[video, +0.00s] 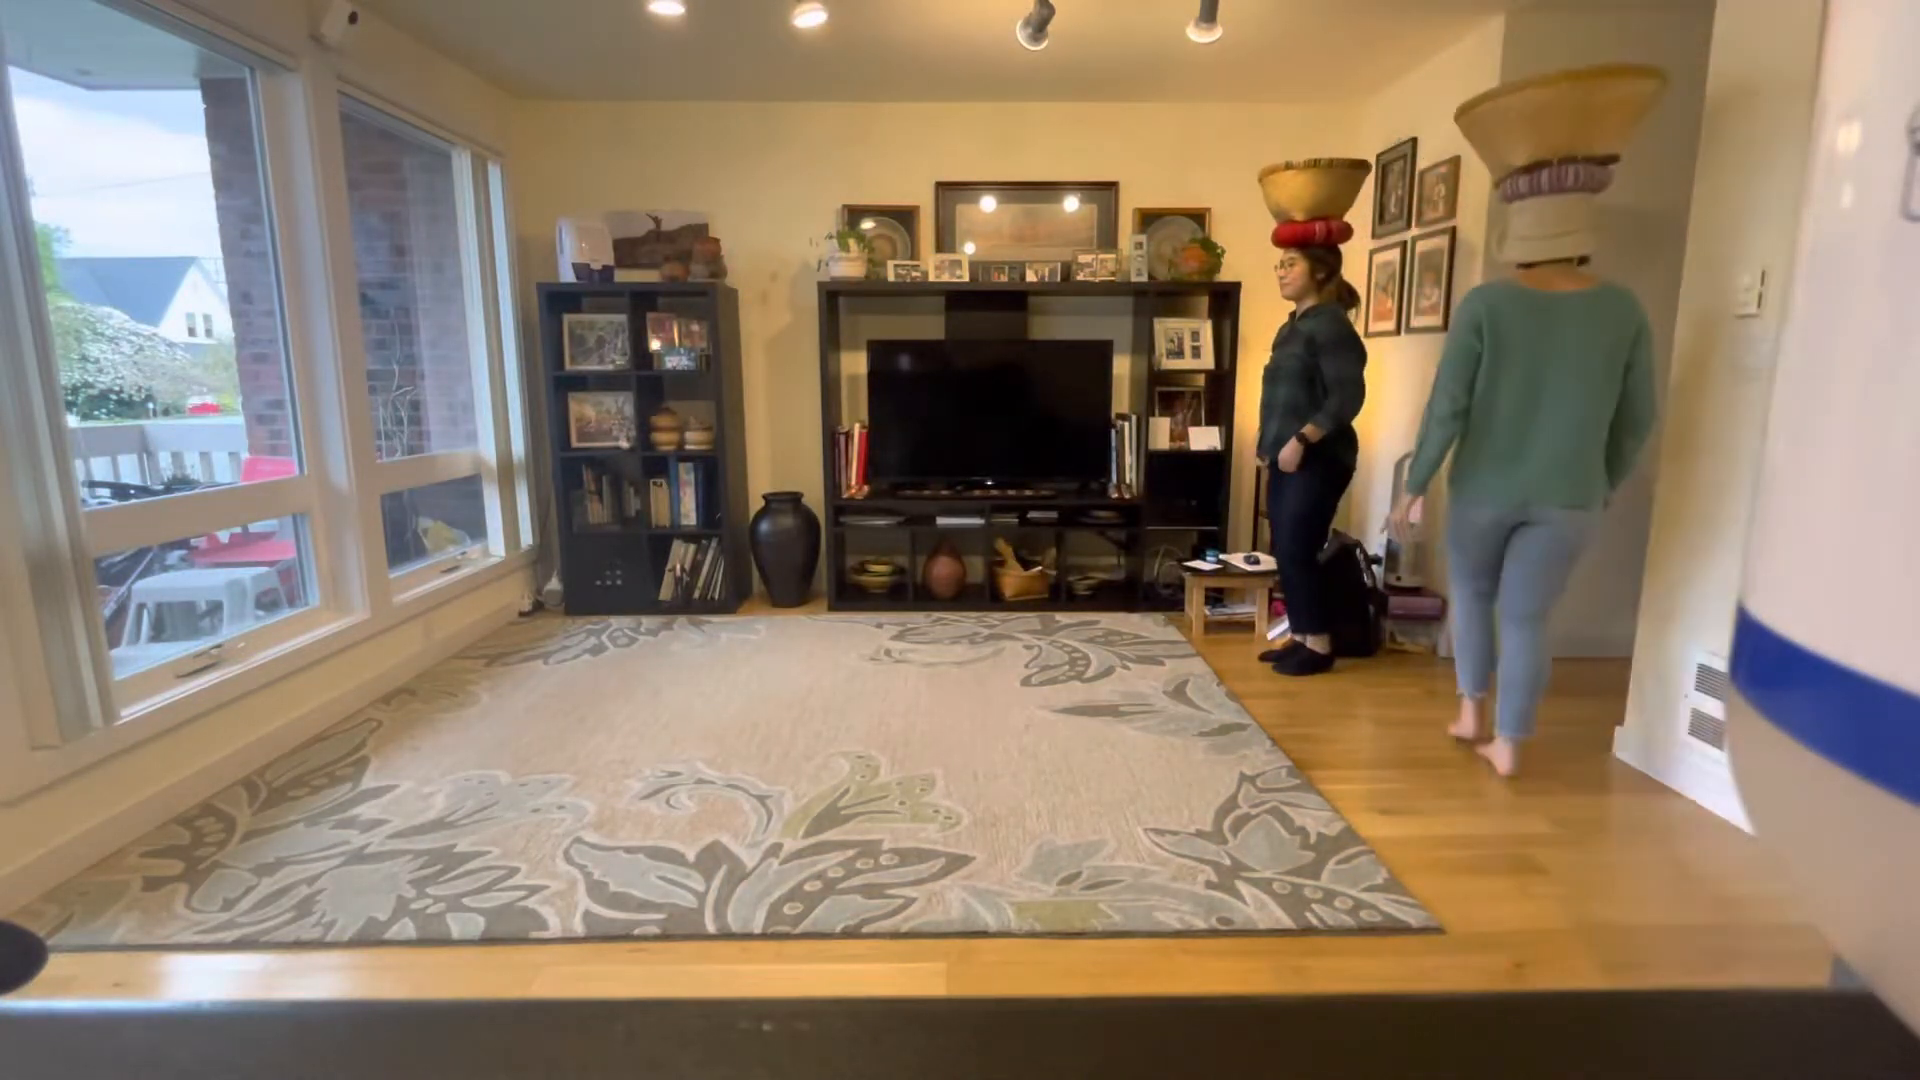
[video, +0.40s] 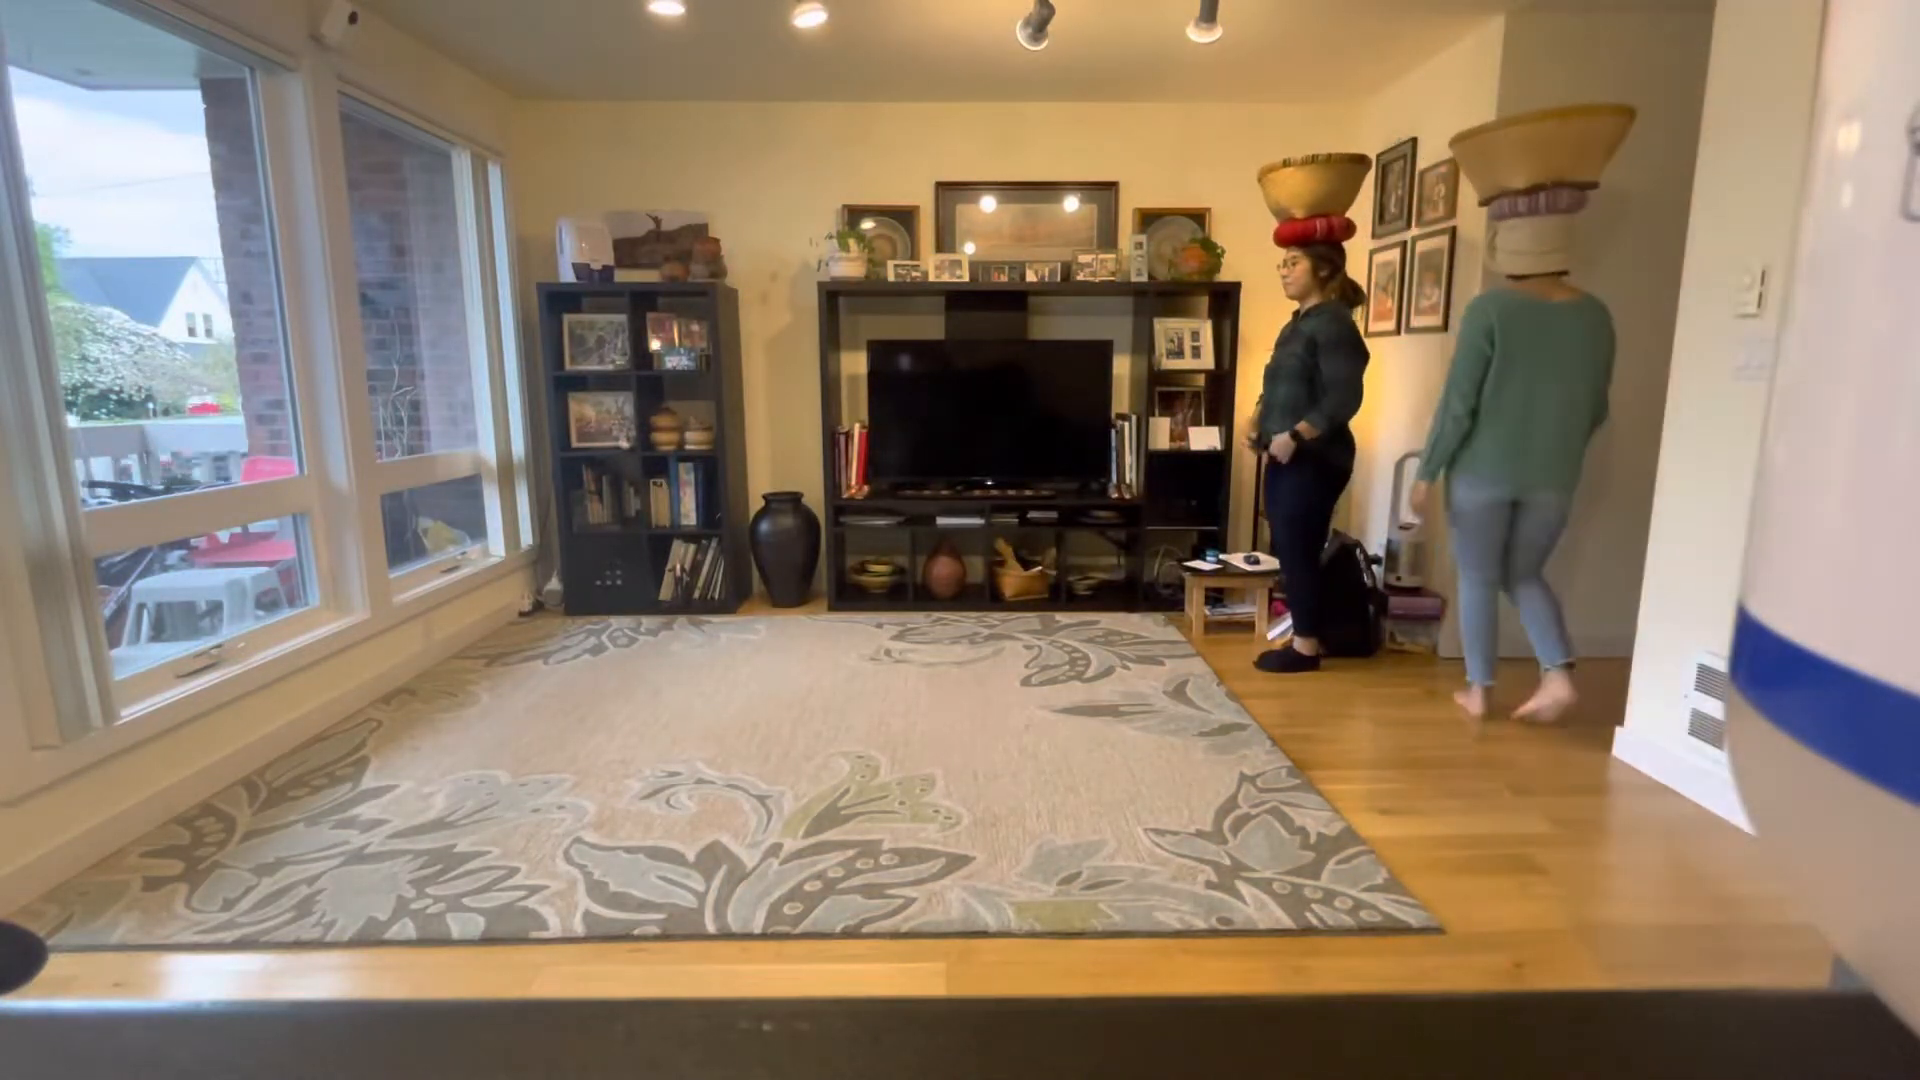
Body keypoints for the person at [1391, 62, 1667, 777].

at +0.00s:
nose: (1508, 255)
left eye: (1510, 246)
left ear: (1519, 246)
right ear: (1581, 244)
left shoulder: (1486, 303)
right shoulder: (1623, 309)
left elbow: (1448, 406)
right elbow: (1639, 417)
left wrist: (1414, 486)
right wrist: (1604, 479)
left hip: (1488, 486)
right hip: (1570, 493)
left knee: (1470, 592)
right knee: (1526, 615)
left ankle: (1471, 711)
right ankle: (1508, 748)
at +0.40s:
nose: (1498, 262)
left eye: (1501, 254)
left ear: (1507, 259)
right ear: (1560, 258)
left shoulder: (1489, 309)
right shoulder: (1593, 314)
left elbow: (1460, 403)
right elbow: (1596, 408)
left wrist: (1426, 473)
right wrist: (1558, 446)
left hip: (1486, 466)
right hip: (1554, 471)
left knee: (1476, 576)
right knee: (1525, 574)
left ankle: (1478, 690)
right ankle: (1557, 675)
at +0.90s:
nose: (1508, 262)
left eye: (1511, 255)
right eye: (1511, 252)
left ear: (1523, 260)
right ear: (1566, 258)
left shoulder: (1546, 314)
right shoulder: (1583, 311)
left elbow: (1534, 405)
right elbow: (1578, 400)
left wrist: (1494, 472)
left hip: (1536, 468)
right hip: (1567, 467)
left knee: (1494, 564)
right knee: (1528, 564)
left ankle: (1506, 678)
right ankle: (1536, 664)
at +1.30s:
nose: (1519, 263)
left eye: (1527, 253)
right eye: (1520, 253)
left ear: (1555, 257)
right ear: (1554, 258)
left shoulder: (1591, 308)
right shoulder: (1563, 310)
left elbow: (1596, 391)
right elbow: (1560, 390)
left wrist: (1580, 468)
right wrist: (1527, 451)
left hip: (1565, 460)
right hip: (1540, 455)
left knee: (1534, 565)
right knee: (1528, 564)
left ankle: (1562, 675)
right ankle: (1534, 663)